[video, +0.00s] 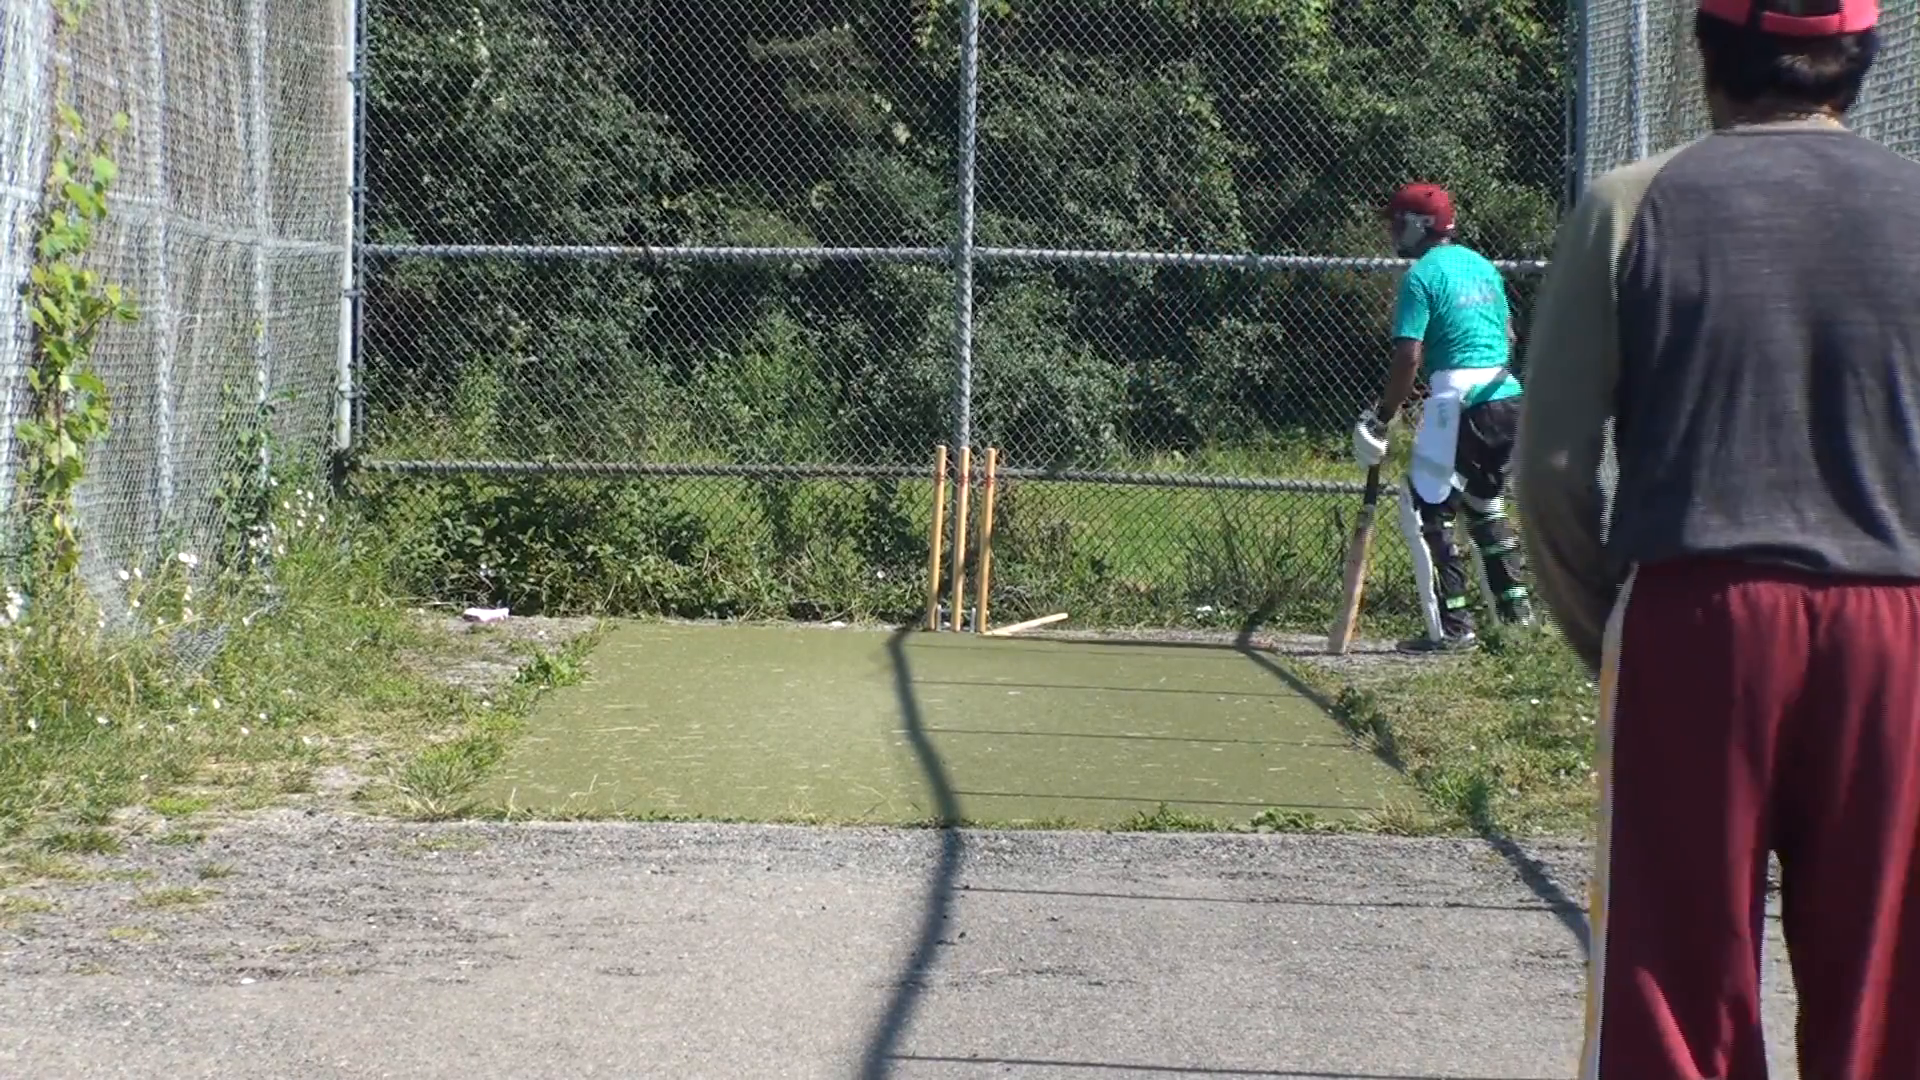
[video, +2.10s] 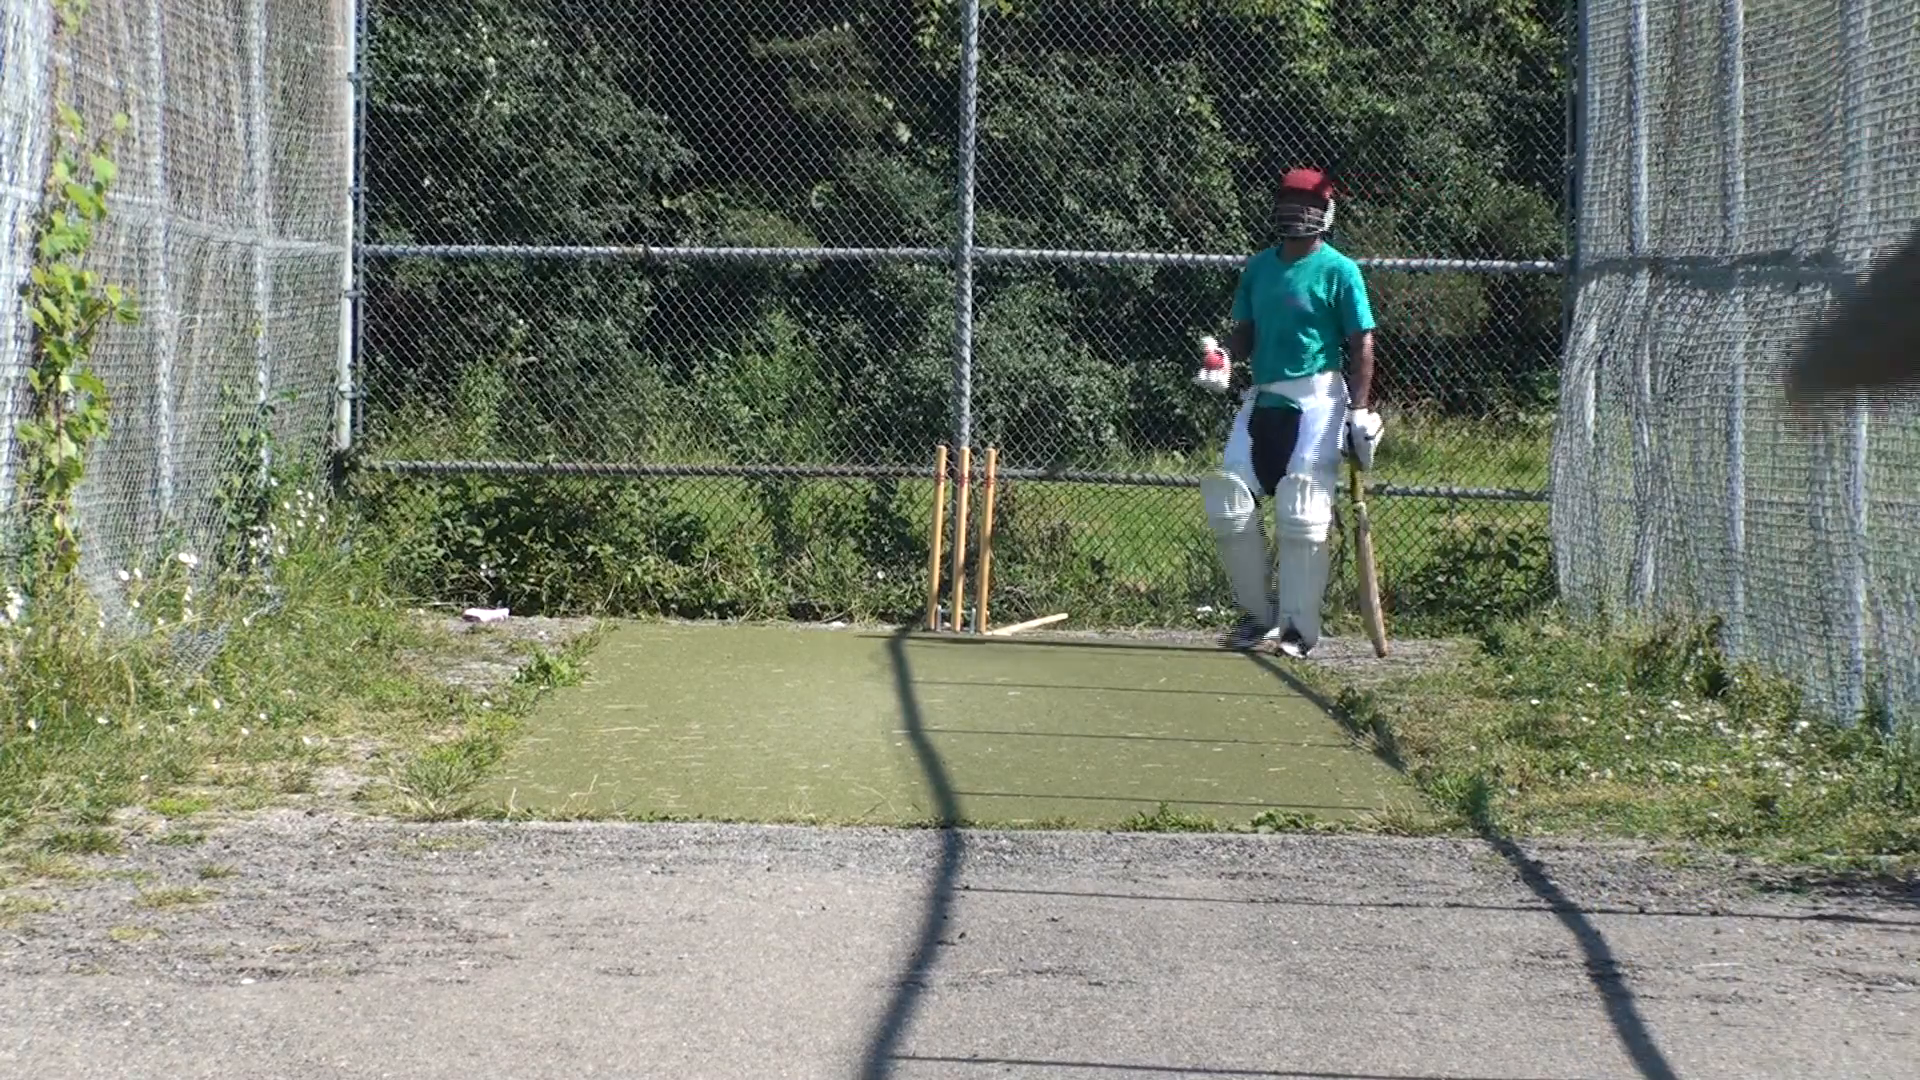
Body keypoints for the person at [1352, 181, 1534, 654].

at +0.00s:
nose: (1391, 232)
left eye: (1397, 223)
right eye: (1392, 222)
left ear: (1419, 225)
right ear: (1442, 226)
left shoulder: (1420, 275)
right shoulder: (1482, 264)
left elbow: (1408, 358)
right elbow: (1507, 333)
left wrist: (1382, 418)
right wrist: (1450, 382)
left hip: (1459, 409)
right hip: (1505, 402)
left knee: (1428, 508)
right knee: (1485, 504)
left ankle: (1452, 625)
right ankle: (1517, 611)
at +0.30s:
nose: (1399, 223)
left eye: (1410, 215)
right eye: (1398, 214)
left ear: (1436, 220)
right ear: (1431, 221)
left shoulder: (1433, 268)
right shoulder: (1443, 261)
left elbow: (1429, 353)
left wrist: (1394, 412)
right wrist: (1401, 407)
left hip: (1445, 403)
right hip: (1457, 397)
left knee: (1429, 508)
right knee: (1422, 504)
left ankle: (1452, 619)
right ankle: (1443, 615)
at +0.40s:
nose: (1398, 223)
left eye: (1410, 215)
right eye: (1395, 214)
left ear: (1436, 221)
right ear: (1393, 216)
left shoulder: (1434, 269)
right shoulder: (1418, 266)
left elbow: (1440, 346)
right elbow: (1429, 342)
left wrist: (1407, 408)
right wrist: (1405, 398)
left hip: (1442, 400)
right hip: (1430, 396)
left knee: (1430, 507)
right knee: (1413, 502)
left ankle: (1452, 616)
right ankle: (1417, 606)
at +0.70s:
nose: (1387, 223)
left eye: (1399, 215)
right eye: (1380, 214)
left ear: (1419, 221)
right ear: (1372, 217)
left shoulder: (1425, 273)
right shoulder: (1369, 270)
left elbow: (1448, 346)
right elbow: (1367, 344)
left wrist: (1425, 411)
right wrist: (1352, 404)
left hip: (1403, 399)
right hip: (1367, 399)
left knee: (1391, 525)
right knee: (1341, 521)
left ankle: (1440, 628)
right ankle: (1355, 629)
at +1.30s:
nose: (1352, 221)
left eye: (1363, 215)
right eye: (1345, 213)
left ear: (1379, 223)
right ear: (1332, 216)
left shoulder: (1389, 273)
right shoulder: (1309, 270)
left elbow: (1410, 345)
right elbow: (1293, 335)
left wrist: (1401, 411)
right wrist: (1279, 394)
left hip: (1367, 395)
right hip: (1319, 397)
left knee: (1348, 508)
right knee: (1317, 513)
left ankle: (1365, 626)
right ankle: (1345, 623)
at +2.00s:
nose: (1300, 221)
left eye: (1312, 213)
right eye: (1293, 212)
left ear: (1331, 217)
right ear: (1283, 214)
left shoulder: (1347, 272)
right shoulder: (1264, 268)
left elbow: (1369, 345)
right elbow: (1250, 334)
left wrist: (1365, 412)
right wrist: (1231, 356)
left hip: (1324, 396)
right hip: (1272, 396)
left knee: (1303, 508)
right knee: (1244, 508)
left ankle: (1301, 632)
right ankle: (1299, 600)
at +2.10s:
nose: (1296, 214)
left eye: (1307, 207)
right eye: (1288, 205)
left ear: (1325, 213)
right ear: (1277, 210)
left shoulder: (1341, 271)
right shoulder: (1257, 267)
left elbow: (1361, 346)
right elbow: (1245, 333)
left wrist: (1360, 412)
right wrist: (1223, 354)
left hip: (1318, 397)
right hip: (1263, 396)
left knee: (1302, 510)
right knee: (1229, 498)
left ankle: (1298, 632)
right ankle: (1257, 617)